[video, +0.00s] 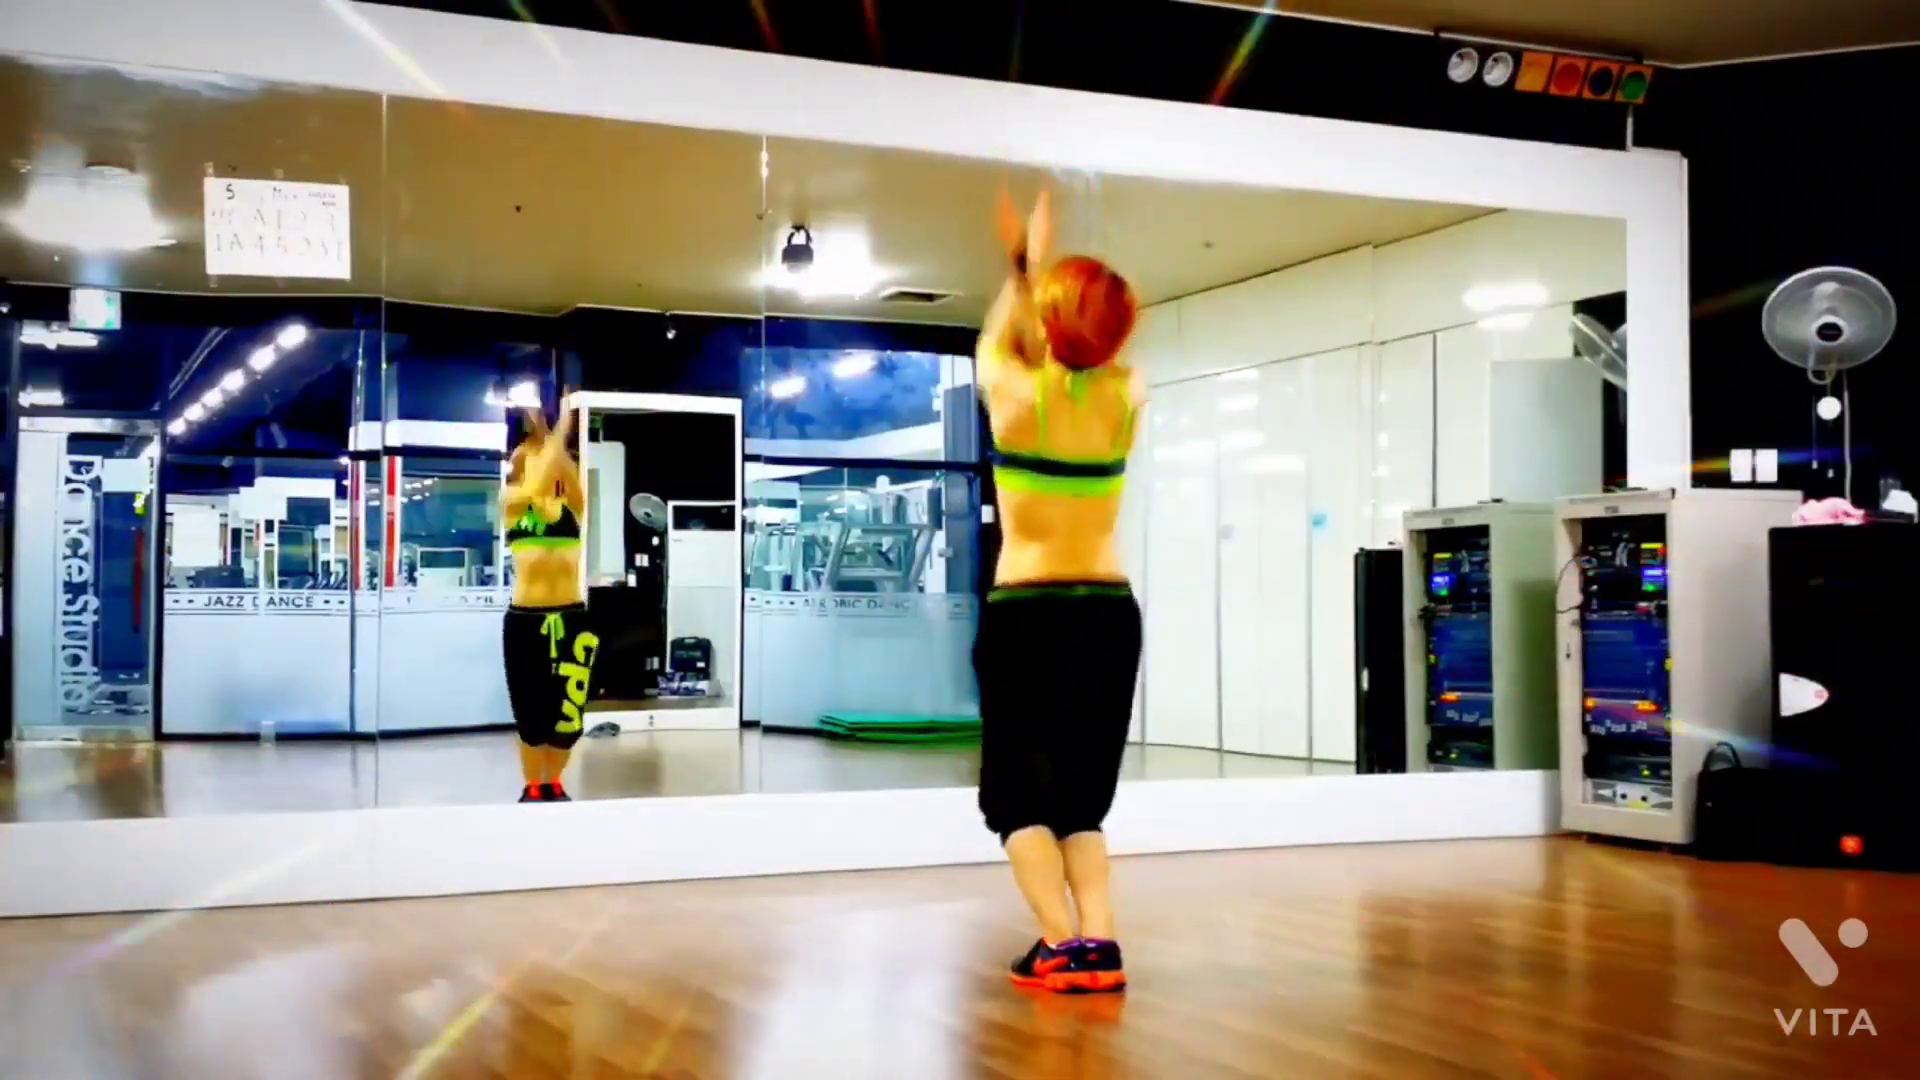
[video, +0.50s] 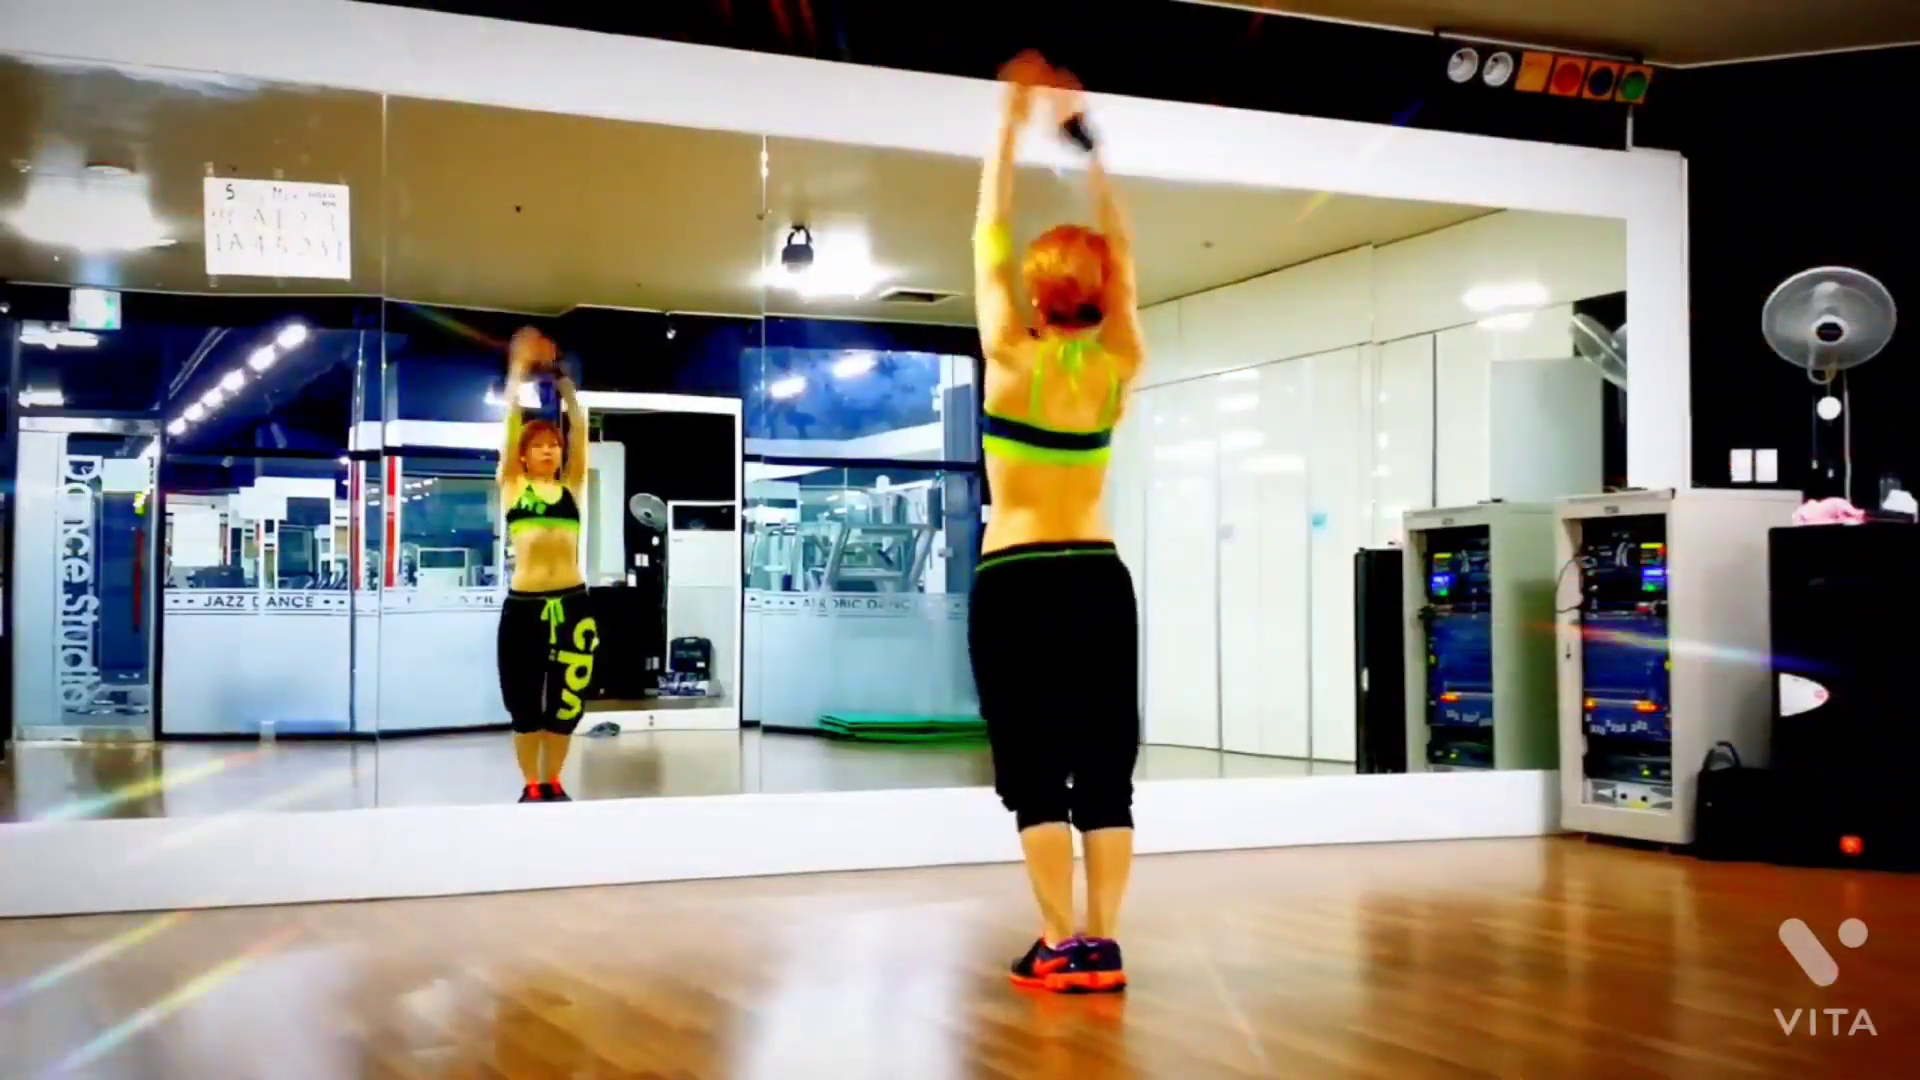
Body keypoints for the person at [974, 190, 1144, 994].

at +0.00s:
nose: (1029, 313)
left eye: (1045, 303)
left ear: (1039, 328)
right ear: (1107, 334)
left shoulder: (1012, 389)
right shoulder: (1123, 396)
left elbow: (1004, 330)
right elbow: (1090, 340)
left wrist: (1021, 267)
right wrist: (1045, 269)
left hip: (1023, 613)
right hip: (1106, 611)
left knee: (1014, 791)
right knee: (1082, 794)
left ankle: (1060, 940)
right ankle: (1099, 942)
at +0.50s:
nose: (1035, 285)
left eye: (1039, 272)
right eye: (1081, 270)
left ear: (1031, 290)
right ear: (1104, 291)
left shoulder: (1009, 352)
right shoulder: (1115, 361)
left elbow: (994, 230)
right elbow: (1114, 248)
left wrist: (1010, 119)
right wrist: (1087, 141)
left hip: (1012, 574)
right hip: (1096, 571)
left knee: (1029, 766)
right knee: (1106, 764)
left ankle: (1063, 938)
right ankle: (1100, 942)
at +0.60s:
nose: (1032, 283)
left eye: (1031, 273)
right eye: (1073, 275)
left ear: (1027, 287)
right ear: (1098, 292)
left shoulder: (1011, 339)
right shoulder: (1110, 353)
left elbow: (983, 210)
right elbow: (1141, 247)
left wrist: (967, 105)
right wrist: (1165, 135)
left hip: (1015, 571)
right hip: (1097, 570)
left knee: (1031, 765)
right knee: (1108, 764)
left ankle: (1063, 941)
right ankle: (1101, 943)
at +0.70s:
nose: (1021, 283)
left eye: (1025, 275)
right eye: (1049, 277)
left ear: (1024, 292)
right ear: (1096, 295)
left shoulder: (1009, 343)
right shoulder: (1111, 362)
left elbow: (965, 220)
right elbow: (1177, 261)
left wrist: (917, 110)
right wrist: (1239, 159)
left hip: (1016, 571)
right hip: (1097, 569)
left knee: (1035, 765)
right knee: (1111, 765)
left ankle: (1064, 944)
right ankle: (1103, 946)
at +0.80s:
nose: (1020, 282)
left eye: (1025, 274)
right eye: (1041, 273)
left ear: (1025, 290)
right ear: (1092, 290)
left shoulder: (1012, 351)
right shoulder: (1114, 366)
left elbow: (949, 249)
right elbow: (1205, 286)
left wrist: (873, 161)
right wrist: (1301, 213)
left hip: (1020, 579)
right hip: (1102, 576)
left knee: (1037, 772)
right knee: (1113, 769)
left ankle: (1066, 943)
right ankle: (1103, 945)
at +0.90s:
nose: (1013, 294)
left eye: (1017, 284)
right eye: (1016, 285)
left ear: (1029, 294)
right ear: (1092, 294)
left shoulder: (1010, 359)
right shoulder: (1118, 368)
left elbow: (932, 300)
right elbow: (1225, 327)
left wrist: (868, 259)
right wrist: (1328, 294)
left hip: (1021, 578)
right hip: (1102, 573)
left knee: (1037, 769)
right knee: (1112, 766)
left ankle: (1062, 941)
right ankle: (1103, 945)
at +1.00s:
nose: (1016, 300)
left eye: (1018, 291)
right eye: (1020, 292)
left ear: (1026, 298)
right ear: (1093, 298)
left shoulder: (1008, 364)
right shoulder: (1122, 373)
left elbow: (912, 353)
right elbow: (1234, 374)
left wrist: (826, 358)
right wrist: (1327, 381)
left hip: (1021, 580)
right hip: (1103, 577)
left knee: (1038, 765)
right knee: (1112, 766)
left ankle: (1063, 945)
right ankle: (1103, 947)